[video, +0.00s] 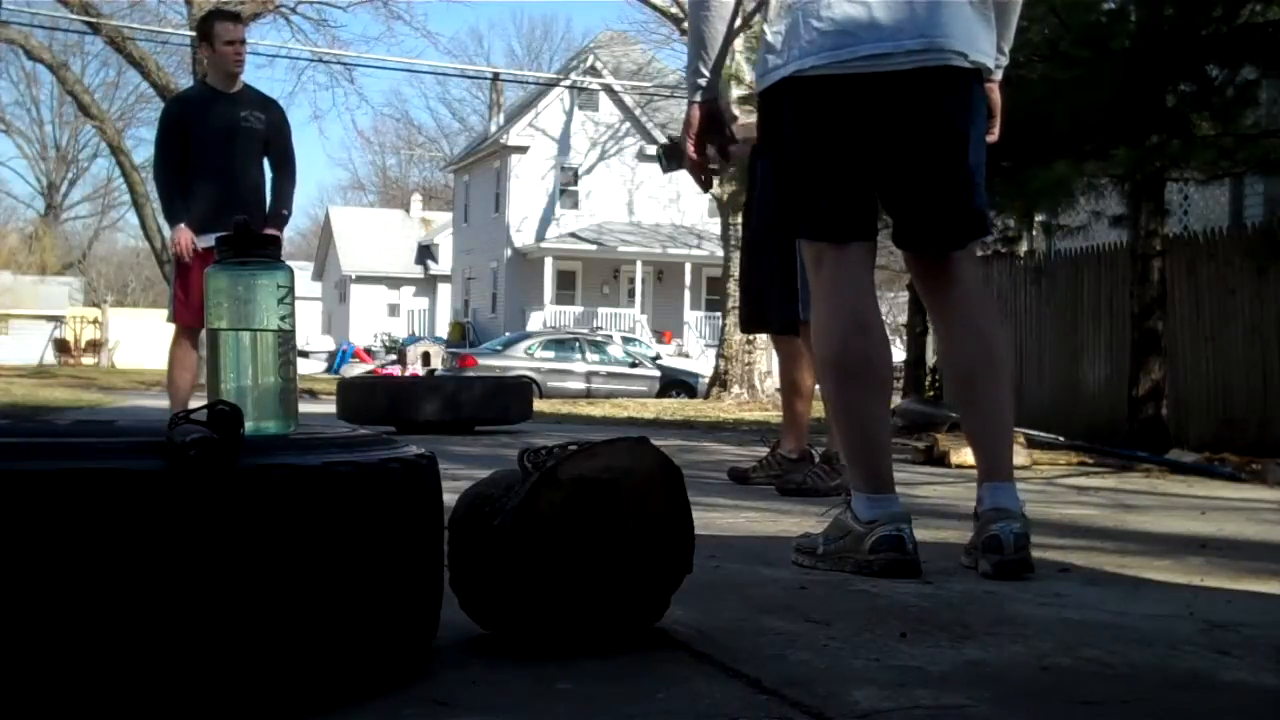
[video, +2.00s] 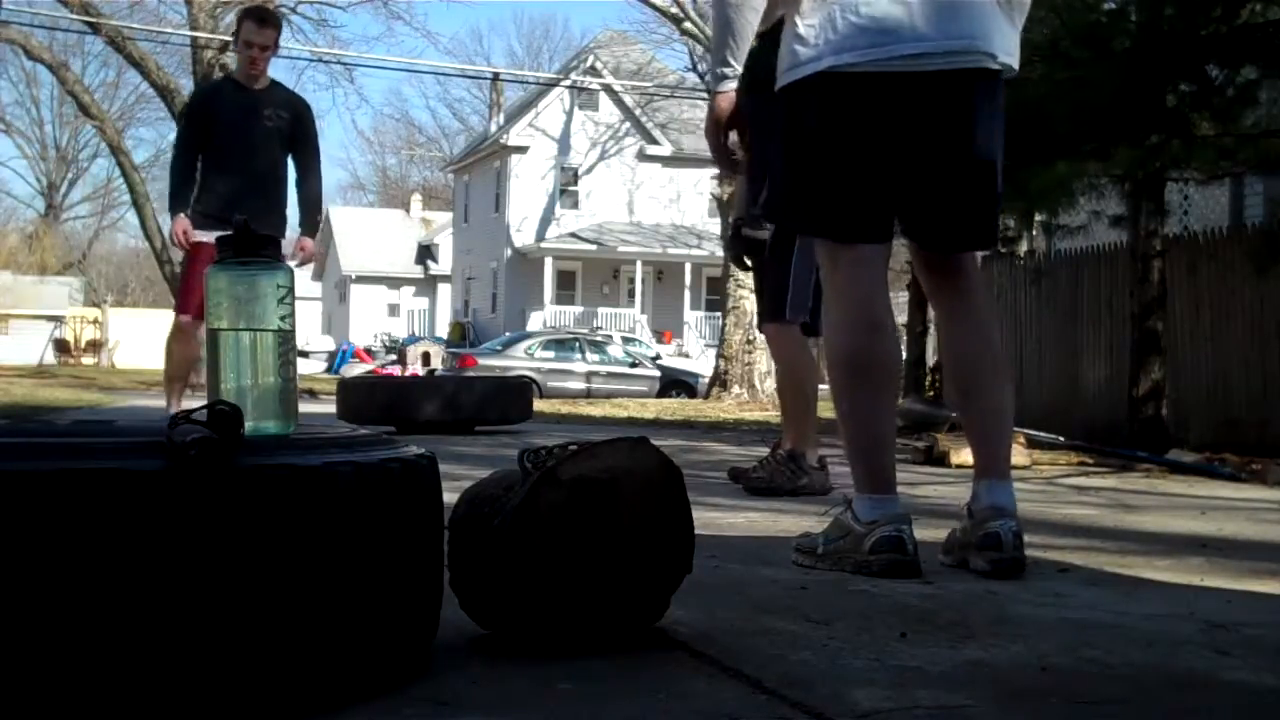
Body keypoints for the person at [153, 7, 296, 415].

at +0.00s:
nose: (240, 51)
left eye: (242, 44)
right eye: (230, 44)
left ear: (246, 47)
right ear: (205, 49)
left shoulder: (267, 109)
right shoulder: (179, 108)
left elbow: (284, 172)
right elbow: (164, 170)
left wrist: (275, 224)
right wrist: (177, 223)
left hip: (251, 241)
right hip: (197, 240)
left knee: (252, 335)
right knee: (188, 331)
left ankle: (250, 425)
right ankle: (179, 421)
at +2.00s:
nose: (256, 55)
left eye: (266, 47)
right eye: (249, 45)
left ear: (276, 50)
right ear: (235, 43)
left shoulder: (294, 107)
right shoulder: (206, 98)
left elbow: (309, 172)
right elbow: (184, 158)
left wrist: (309, 231)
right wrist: (178, 213)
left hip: (265, 233)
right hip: (209, 229)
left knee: (259, 328)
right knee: (188, 321)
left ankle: (255, 419)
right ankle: (175, 410)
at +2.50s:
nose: (195, 42)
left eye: (204, 35)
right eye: (188, 34)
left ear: (215, 40)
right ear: (175, 38)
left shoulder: (240, 99)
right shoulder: (151, 100)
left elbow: (257, 164)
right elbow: (131, 166)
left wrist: (251, 225)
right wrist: (127, 226)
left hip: (229, 231)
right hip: (173, 233)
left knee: (232, 329)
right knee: (170, 328)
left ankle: (232, 421)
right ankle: (170, 421)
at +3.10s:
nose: (201, 98)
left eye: (208, 90)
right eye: (192, 90)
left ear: (220, 93)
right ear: (179, 94)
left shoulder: (244, 144)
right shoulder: (160, 146)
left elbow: (284, 206)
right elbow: (124, 206)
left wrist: (254, 199)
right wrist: (145, 212)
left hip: (232, 260)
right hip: (178, 260)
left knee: (240, 337)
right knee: (160, 332)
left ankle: (238, 422)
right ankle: (170, 422)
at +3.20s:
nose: (208, 135)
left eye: (216, 127)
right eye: (199, 127)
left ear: (227, 129)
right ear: (186, 130)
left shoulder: (251, 176)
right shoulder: (167, 177)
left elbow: (291, 239)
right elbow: (128, 239)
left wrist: (257, 222)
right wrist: (156, 232)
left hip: (240, 277)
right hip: (183, 277)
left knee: (254, 336)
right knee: (162, 333)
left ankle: (246, 422)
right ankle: (170, 424)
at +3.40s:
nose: (219, 189)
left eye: (227, 180)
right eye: (211, 181)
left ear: (239, 181)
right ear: (198, 181)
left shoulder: (260, 220)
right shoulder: (178, 221)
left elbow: (294, 283)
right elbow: (140, 288)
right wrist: (177, 273)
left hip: (248, 295)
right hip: (194, 297)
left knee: (267, 337)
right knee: (163, 338)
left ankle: (258, 422)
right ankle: (172, 425)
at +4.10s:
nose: (227, 199)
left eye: (235, 191)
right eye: (219, 191)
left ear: (247, 193)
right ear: (207, 192)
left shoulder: (270, 231)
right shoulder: (184, 230)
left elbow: (295, 295)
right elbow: (148, 298)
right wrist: (181, 269)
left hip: (250, 303)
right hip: (194, 304)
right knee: (171, 343)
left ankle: (255, 423)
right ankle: (173, 425)